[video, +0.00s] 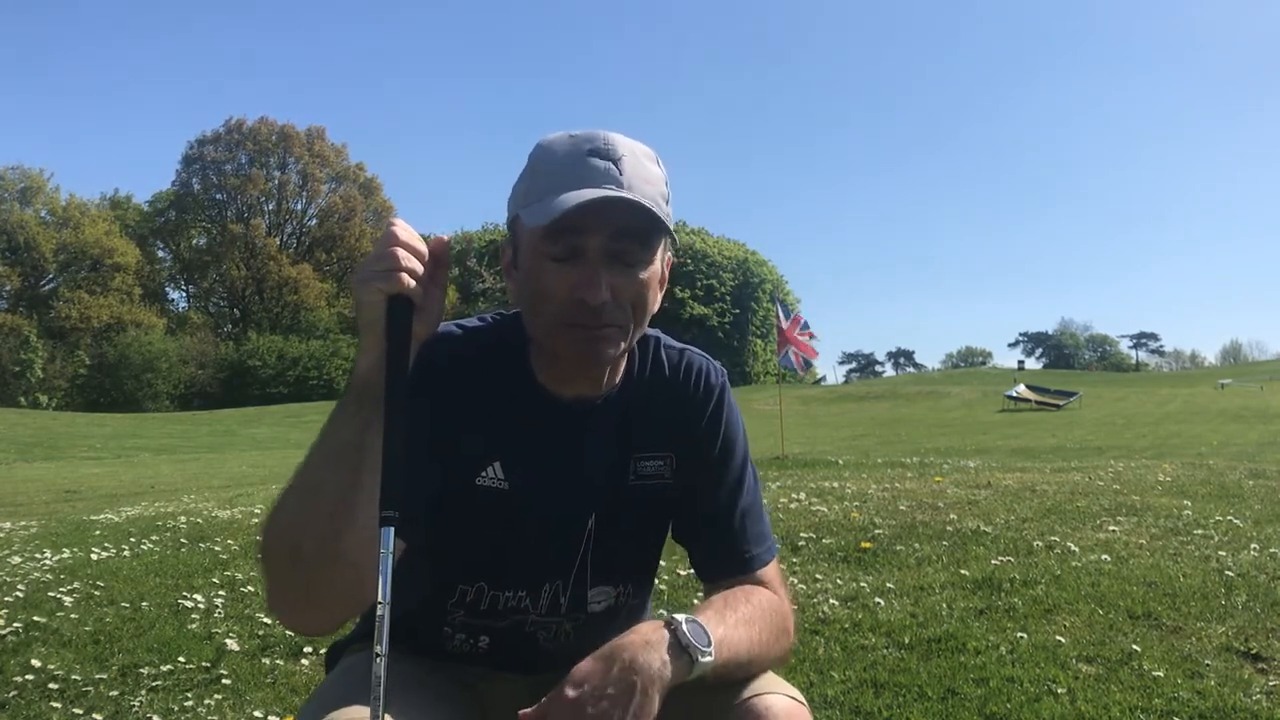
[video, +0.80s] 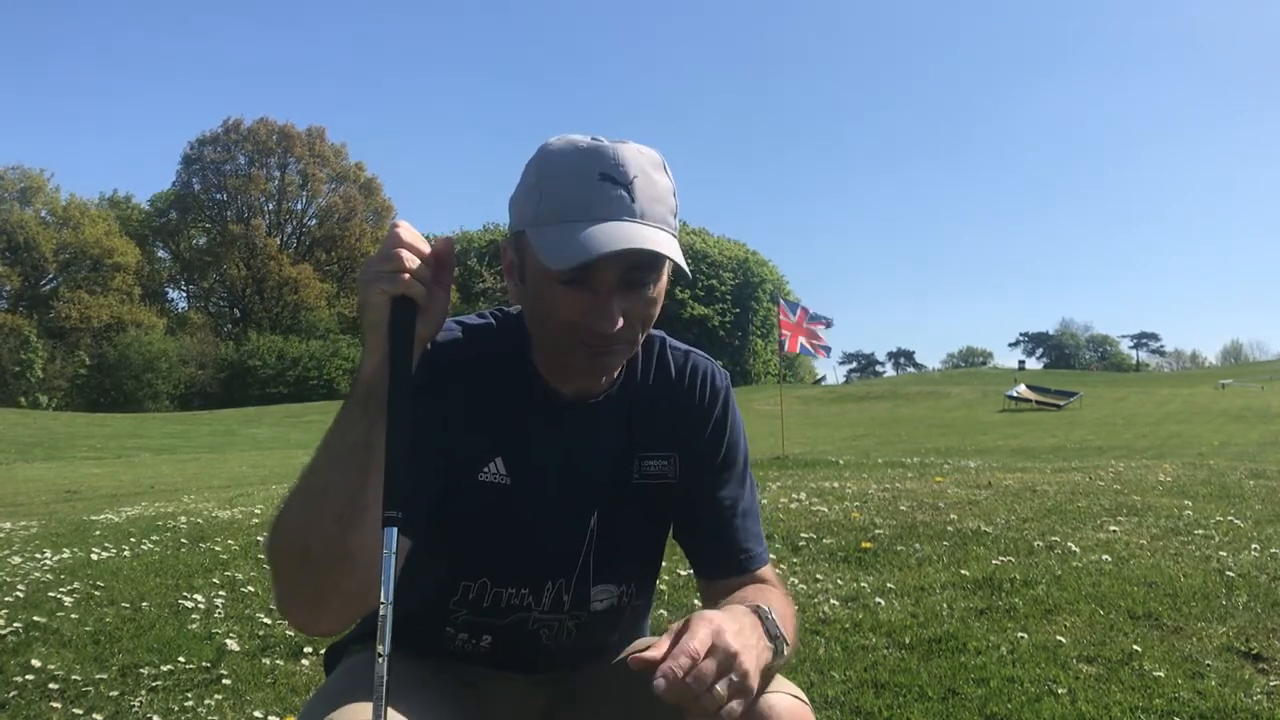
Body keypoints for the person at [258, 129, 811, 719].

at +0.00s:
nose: (596, 289)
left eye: (626, 254)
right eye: (564, 253)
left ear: (663, 275)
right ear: (510, 263)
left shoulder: (689, 390)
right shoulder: (437, 369)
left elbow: (765, 607)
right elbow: (303, 606)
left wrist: (668, 647)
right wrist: (377, 367)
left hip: (612, 670)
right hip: (432, 669)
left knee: (778, 711)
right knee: (346, 715)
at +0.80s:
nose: (610, 316)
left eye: (638, 281)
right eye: (578, 279)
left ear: (668, 278)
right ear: (514, 269)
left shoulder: (692, 392)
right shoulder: (435, 370)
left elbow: (752, 587)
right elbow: (312, 607)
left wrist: (748, 624)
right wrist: (379, 368)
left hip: (606, 672)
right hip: (433, 673)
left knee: (780, 711)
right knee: (352, 715)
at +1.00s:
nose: (607, 314)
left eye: (635, 278)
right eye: (575, 277)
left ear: (665, 276)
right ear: (511, 266)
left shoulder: (688, 389)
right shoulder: (435, 367)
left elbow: (743, 576)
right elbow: (314, 609)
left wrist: (767, 603)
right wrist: (379, 371)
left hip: (606, 666)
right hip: (435, 670)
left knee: (781, 707)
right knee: (360, 713)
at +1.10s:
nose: (607, 308)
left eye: (635, 274)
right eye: (575, 272)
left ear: (664, 272)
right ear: (510, 262)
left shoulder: (688, 386)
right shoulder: (436, 366)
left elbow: (755, 642)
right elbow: (314, 608)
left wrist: (775, 598)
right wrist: (380, 369)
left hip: (608, 664)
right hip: (438, 670)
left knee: (784, 707)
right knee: (363, 712)